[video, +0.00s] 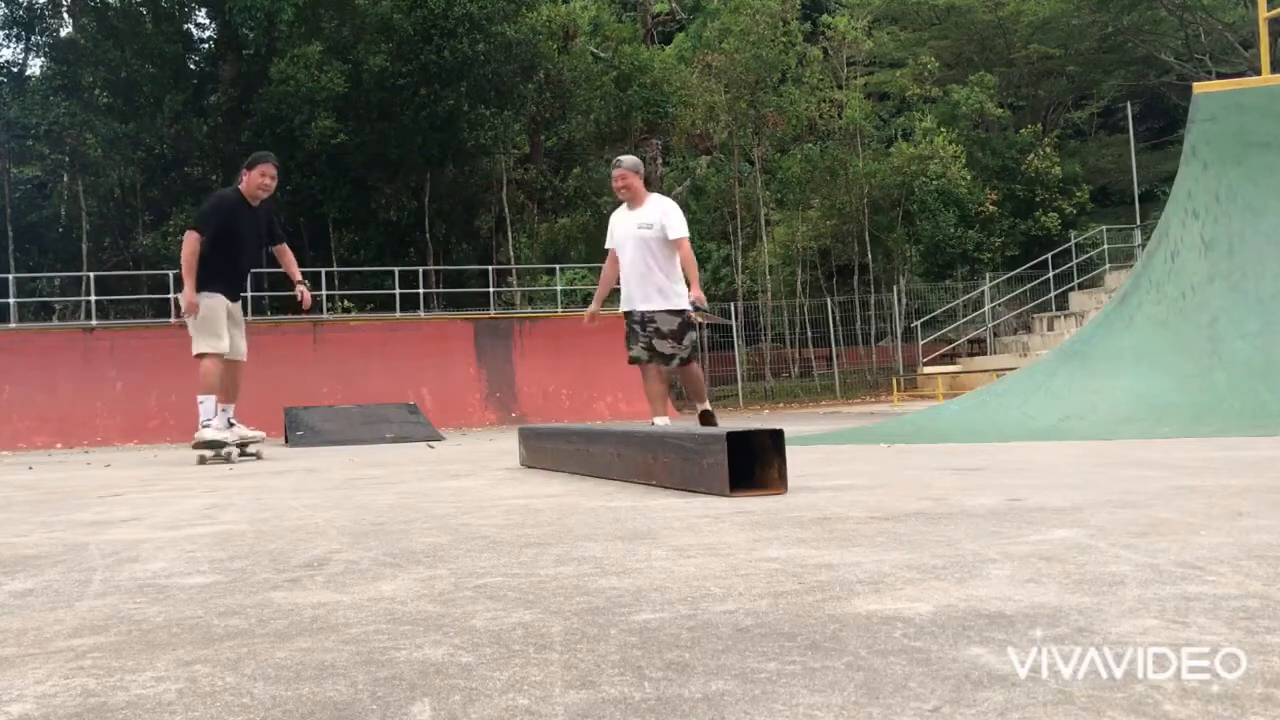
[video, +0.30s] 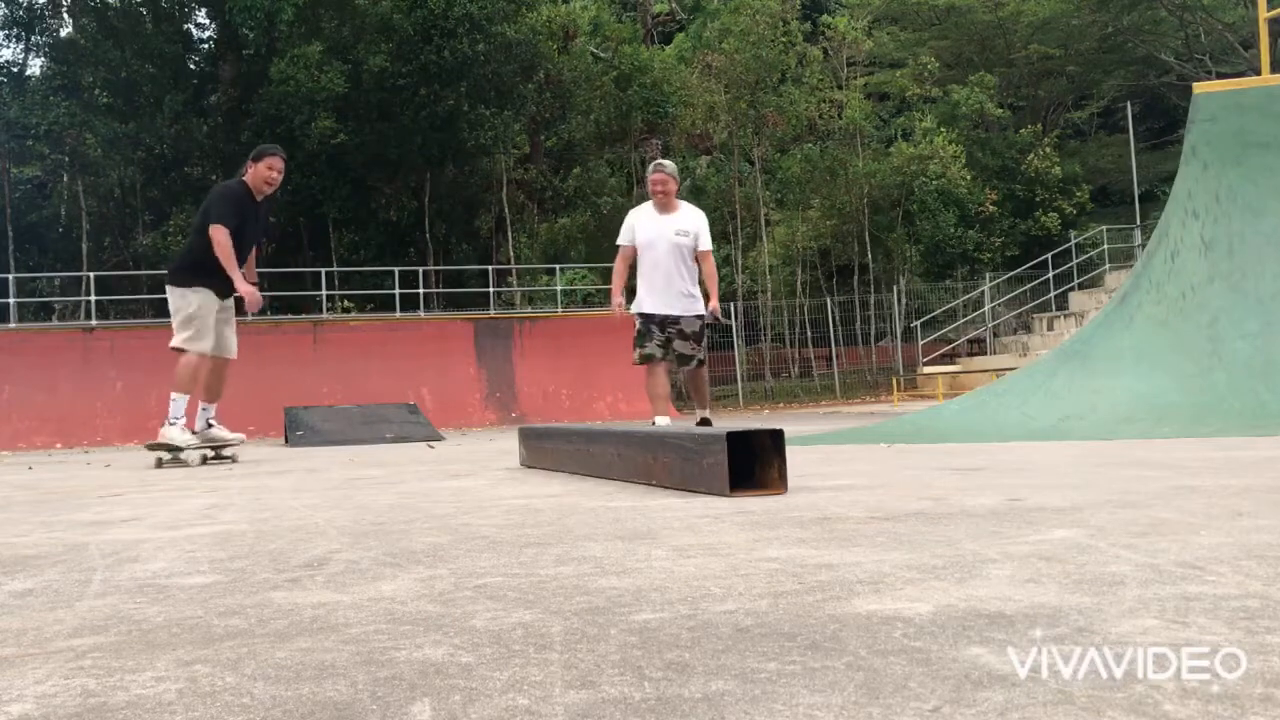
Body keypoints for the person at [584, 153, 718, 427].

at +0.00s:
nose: (618, 184)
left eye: (623, 178)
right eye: (614, 180)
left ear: (639, 177)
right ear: (612, 184)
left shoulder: (665, 207)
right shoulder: (617, 217)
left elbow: (684, 248)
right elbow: (612, 262)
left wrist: (695, 287)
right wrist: (596, 302)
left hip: (670, 303)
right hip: (636, 306)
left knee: (684, 362)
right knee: (648, 365)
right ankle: (660, 423)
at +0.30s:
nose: (658, 189)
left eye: (664, 184)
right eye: (653, 184)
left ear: (676, 185)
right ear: (647, 185)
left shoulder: (695, 216)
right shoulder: (635, 217)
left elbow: (706, 259)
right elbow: (623, 259)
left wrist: (713, 298)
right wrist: (616, 294)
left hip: (688, 306)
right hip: (649, 306)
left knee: (695, 365)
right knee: (654, 364)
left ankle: (703, 416)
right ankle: (661, 423)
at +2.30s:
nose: (666, 191)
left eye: (670, 186)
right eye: (661, 186)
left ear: (680, 188)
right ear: (653, 190)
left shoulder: (698, 219)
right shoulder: (643, 223)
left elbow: (710, 259)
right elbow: (635, 265)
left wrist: (725, 297)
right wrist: (628, 306)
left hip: (696, 305)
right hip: (659, 307)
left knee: (701, 365)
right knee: (667, 366)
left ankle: (705, 419)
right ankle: (673, 421)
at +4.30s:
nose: (669, 191)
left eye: (674, 186)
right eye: (664, 186)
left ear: (684, 188)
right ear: (656, 190)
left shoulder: (700, 220)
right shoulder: (645, 223)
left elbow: (712, 260)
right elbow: (637, 265)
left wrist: (726, 297)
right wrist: (633, 304)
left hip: (697, 305)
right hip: (661, 307)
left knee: (702, 365)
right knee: (668, 367)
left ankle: (705, 418)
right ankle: (673, 420)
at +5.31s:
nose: (669, 190)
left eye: (675, 185)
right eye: (665, 186)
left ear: (686, 187)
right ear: (659, 190)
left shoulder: (706, 220)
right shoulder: (650, 223)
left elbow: (717, 260)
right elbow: (641, 265)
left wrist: (728, 298)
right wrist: (634, 304)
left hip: (699, 305)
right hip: (662, 306)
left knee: (702, 365)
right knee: (668, 366)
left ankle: (704, 419)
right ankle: (673, 420)